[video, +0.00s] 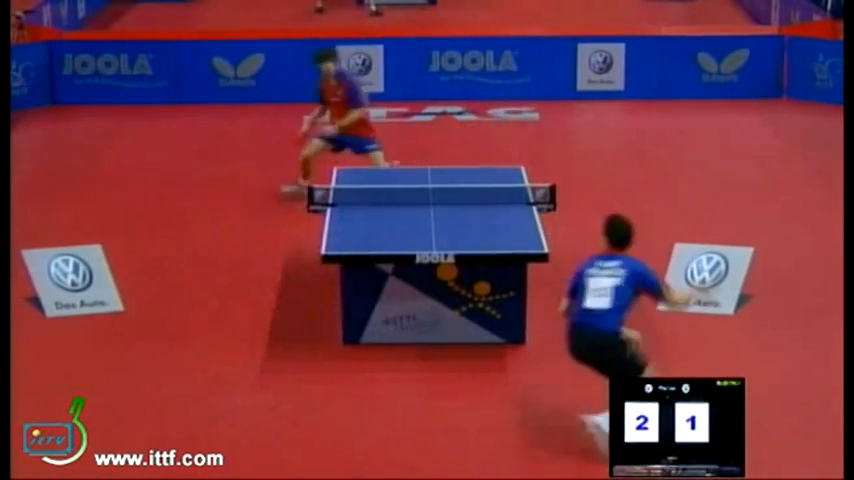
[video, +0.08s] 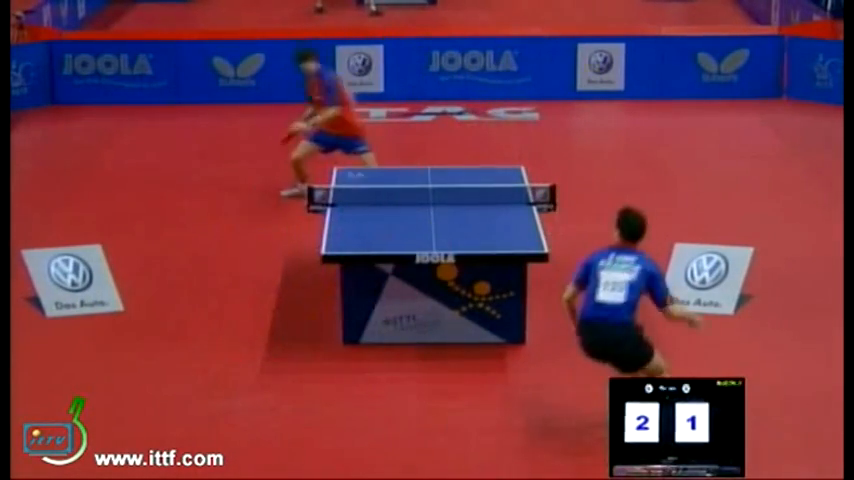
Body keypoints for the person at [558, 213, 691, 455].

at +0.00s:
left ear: (605, 237)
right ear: (631, 239)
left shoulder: (588, 265)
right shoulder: (633, 268)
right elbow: (668, 297)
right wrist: (687, 298)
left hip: (577, 340)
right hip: (605, 341)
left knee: (624, 373)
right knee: (641, 373)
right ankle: (607, 419)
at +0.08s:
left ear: (618, 231)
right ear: (642, 233)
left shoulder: (597, 258)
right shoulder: (645, 264)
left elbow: (568, 297)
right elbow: (668, 310)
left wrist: (578, 326)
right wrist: (688, 317)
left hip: (589, 329)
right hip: (621, 331)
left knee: (636, 373)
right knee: (659, 372)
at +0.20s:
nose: (622, 220)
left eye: (623, 217)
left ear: (625, 221)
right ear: (650, 224)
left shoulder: (604, 251)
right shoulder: (658, 257)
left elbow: (577, 291)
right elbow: (670, 309)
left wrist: (579, 320)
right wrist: (665, 301)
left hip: (604, 322)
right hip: (639, 326)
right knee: (666, 374)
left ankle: (602, 406)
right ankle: (671, 421)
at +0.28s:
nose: (618, 220)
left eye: (620, 217)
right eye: (621, 216)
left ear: (622, 221)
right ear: (647, 222)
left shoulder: (605, 251)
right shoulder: (657, 254)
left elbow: (577, 293)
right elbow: (670, 300)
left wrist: (586, 315)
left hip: (610, 325)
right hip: (647, 327)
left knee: (584, 352)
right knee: (679, 374)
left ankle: (567, 407)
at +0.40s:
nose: (610, 213)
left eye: (611, 209)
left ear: (610, 213)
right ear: (636, 214)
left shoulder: (595, 244)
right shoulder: (649, 246)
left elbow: (566, 283)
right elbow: (661, 286)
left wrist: (585, 294)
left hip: (604, 324)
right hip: (642, 325)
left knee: (564, 378)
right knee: (679, 378)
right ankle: (689, 444)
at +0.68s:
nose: (593, 220)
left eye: (595, 216)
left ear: (597, 220)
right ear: (622, 223)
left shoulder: (578, 249)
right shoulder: (633, 255)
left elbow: (561, 290)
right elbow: (644, 299)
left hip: (577, 324)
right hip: (614, 326)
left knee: (534, 379)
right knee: (639, 366)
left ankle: (496, 438)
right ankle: (660, 433)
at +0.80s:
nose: (586, 237)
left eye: (588, 233)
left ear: (588, 237)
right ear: (613, 242)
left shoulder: (568, 264)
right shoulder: (616, 277)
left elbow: (556, 308)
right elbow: (619, 322)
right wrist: (637, 342)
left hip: (555, 344)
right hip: (591, 347)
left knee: (508, 390)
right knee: (626, 366)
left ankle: (495, 449)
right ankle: (635, 437)